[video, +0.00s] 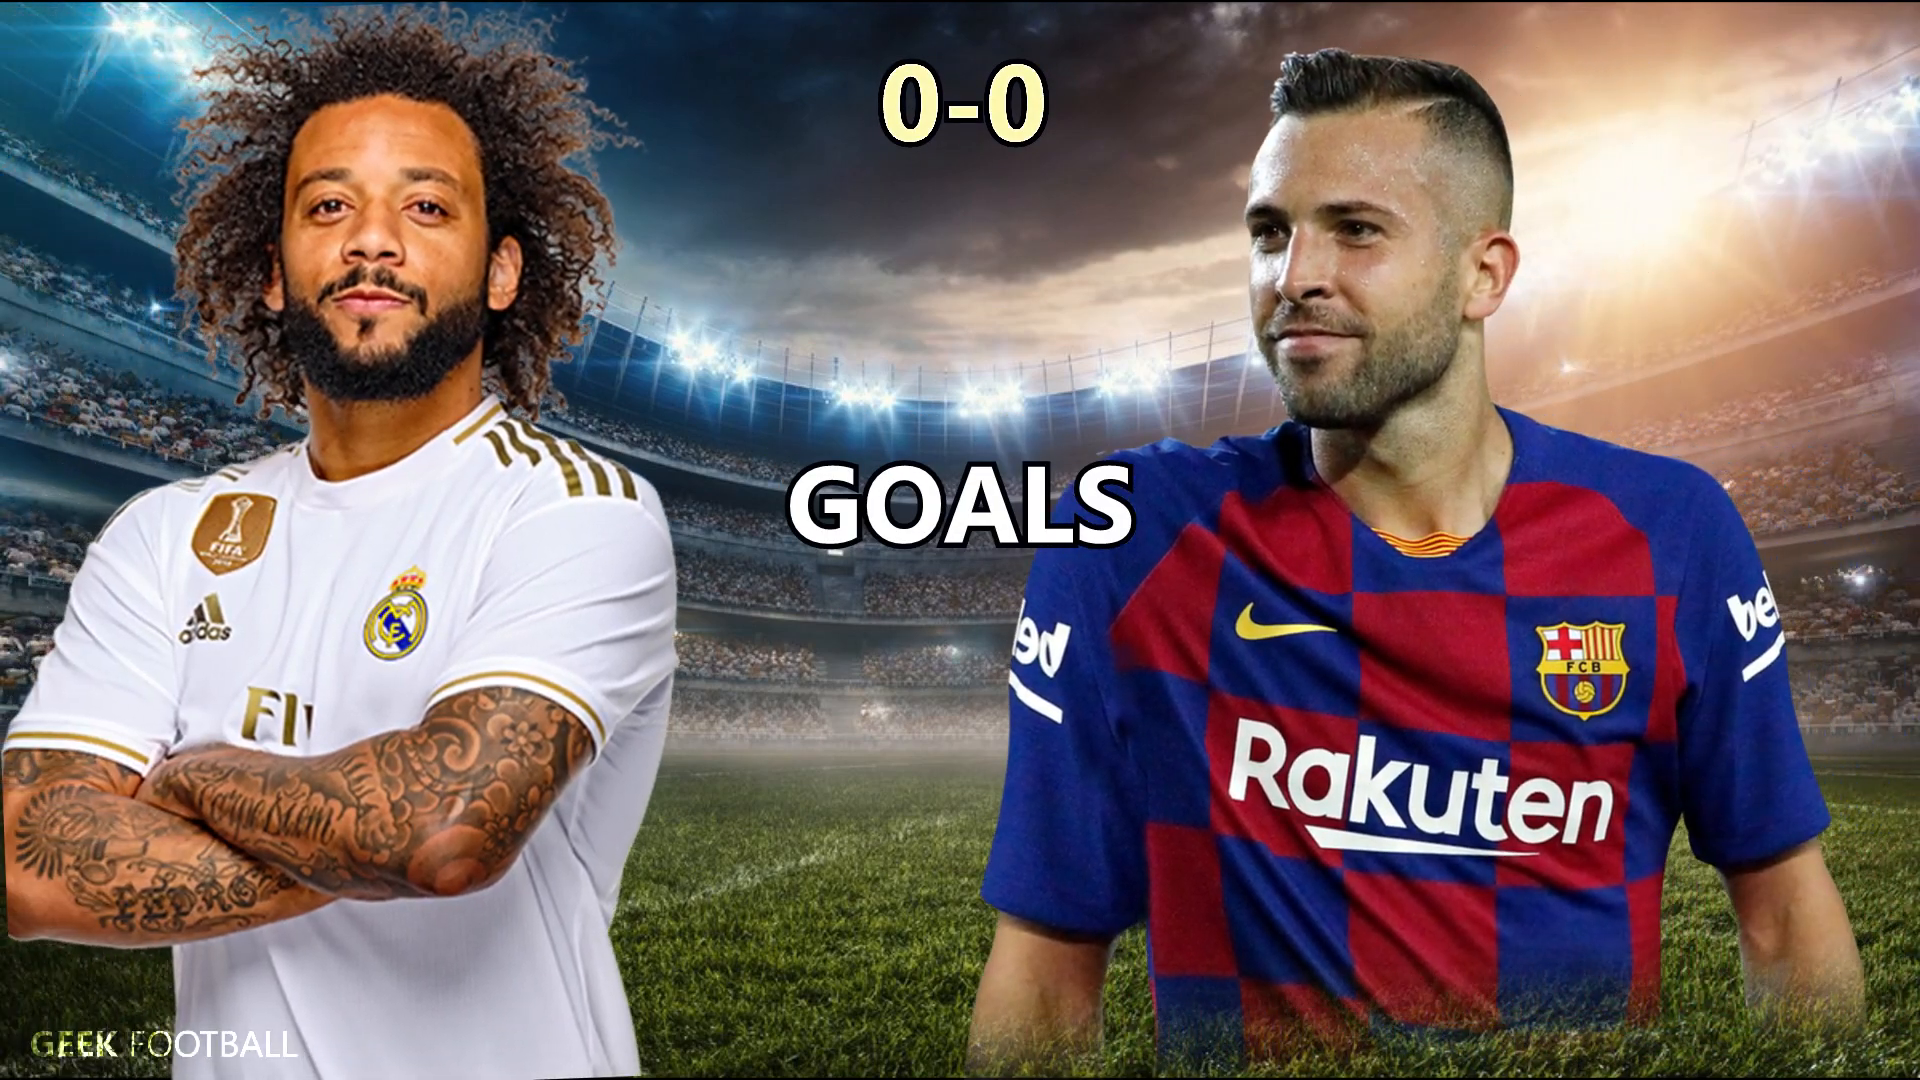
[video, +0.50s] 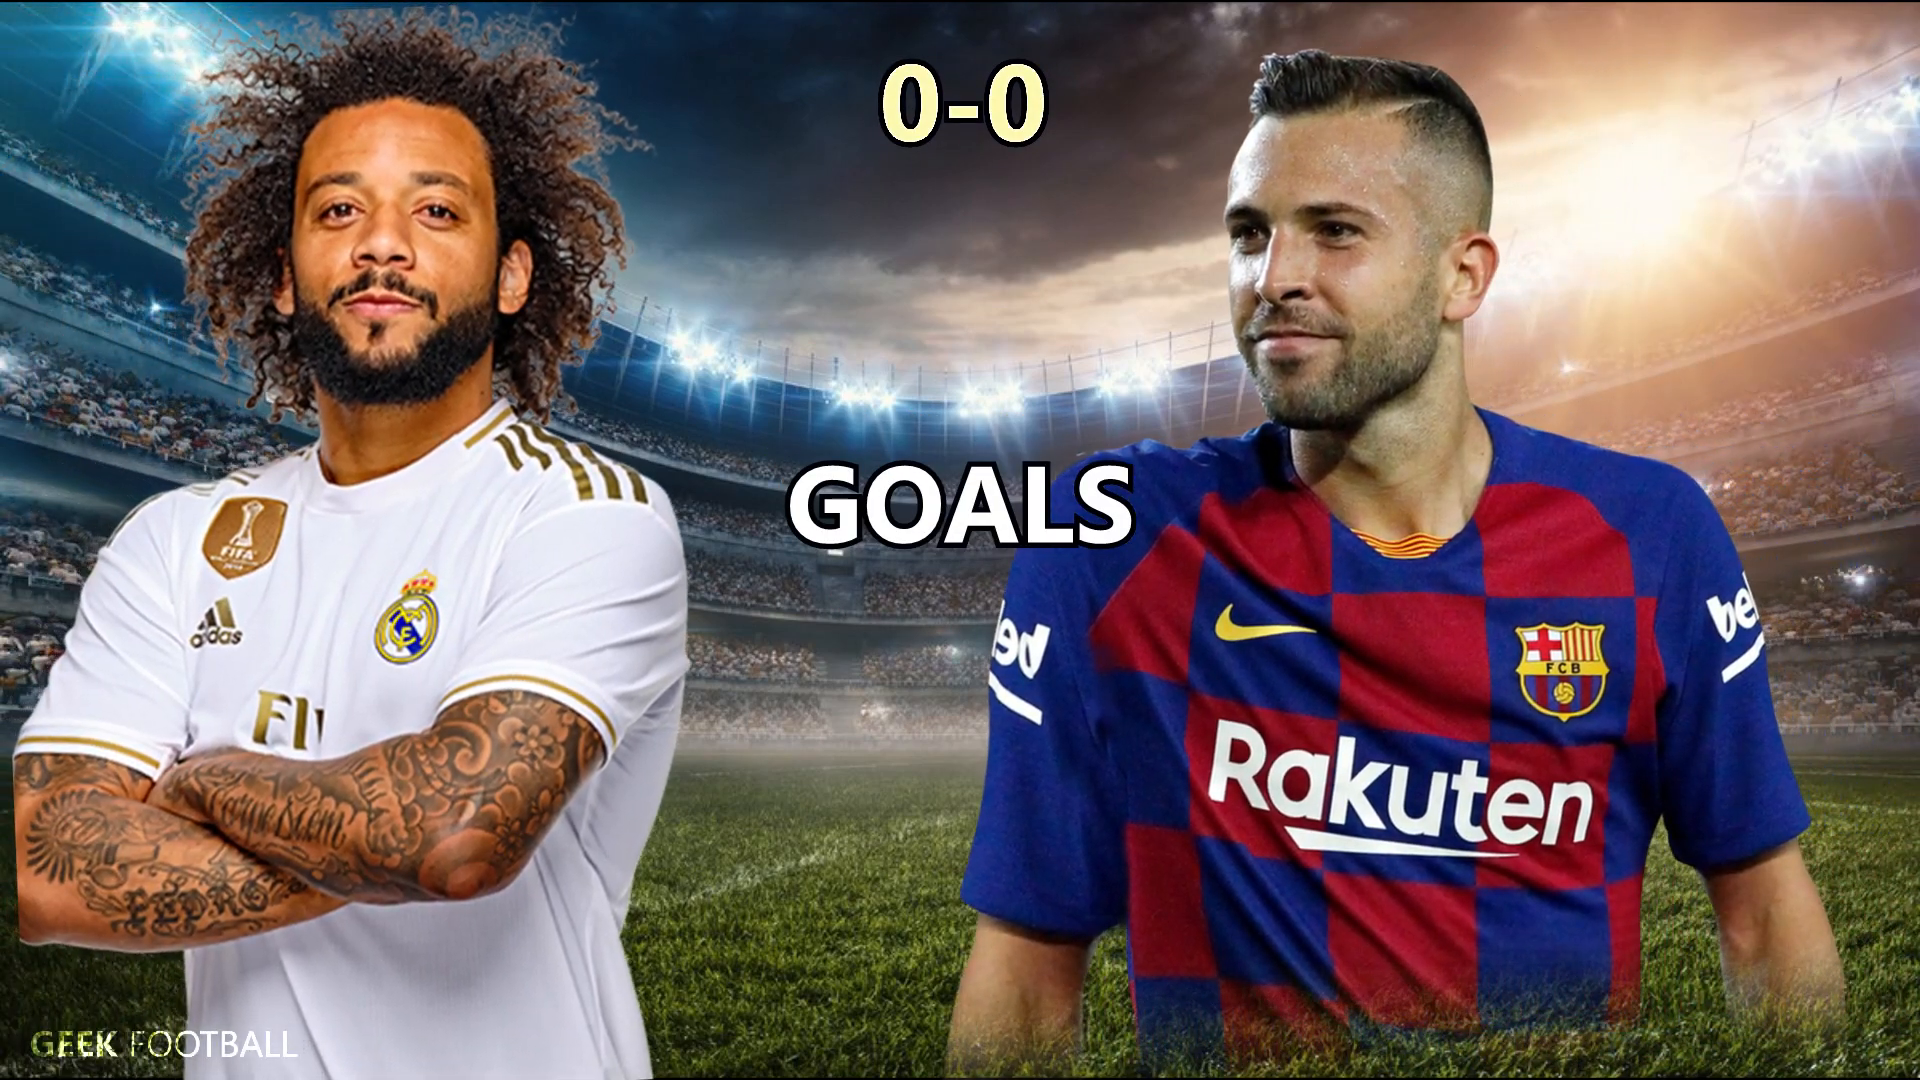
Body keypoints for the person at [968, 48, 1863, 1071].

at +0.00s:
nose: (1293, 277)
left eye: (1356, 231)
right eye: (1271, 234)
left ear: (1486, 273)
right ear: (1246, 256)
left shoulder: (1676, 537)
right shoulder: (1131, 540)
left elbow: (1786, 910)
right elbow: (1046, 961)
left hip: (1580, 1056)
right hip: (1251, 1054)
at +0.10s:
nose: (1289, 277)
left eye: (1352, 231)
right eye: (1267, 234)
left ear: (1482, 274)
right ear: (1242, 256)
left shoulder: (1671, 537)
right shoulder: (1126, 541)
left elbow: (1784, 915)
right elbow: (1042, 966)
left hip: (1575, 1054)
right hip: (1247, 1053)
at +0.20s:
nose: (1283, 278)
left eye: (1347, 231)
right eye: (1261, 235)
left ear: (1477, 275)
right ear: (1237, 256)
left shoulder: (1665, 536)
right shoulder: (1120, 541)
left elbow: (1777, 909)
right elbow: (1036, 966)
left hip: (1571, 1053)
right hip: (1241, 1054)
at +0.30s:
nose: (1278, 278)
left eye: (1341, 232)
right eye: (1256, 235)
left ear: (1472, 274)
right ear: (1232, 256)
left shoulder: (1660, 536)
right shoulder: (1117, 540)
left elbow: (1772, 909)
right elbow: (1032, 968)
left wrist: (1823, 1079)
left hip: (1564, 1052)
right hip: (1234, 1054)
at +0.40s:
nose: (1274, 278)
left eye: (1337, 232)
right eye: (1253, 235)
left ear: (1469, 274)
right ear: (1228, 256)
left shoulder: (1656, 536)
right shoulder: (1111, 545)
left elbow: (1767, 907)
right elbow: (1028, 968)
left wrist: (1824, 1079)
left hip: (1559, 1052)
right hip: (1233, 1052)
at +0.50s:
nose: (1272, 279)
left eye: (1336, 232)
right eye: (1251, 236)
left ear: (1466, 275)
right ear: (1226, 256)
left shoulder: (1655, 536)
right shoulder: (1109, 544)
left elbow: (1766, 913)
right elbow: (1026, 968)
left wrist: (1812, 1074)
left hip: (1557, 1051)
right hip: (1232, 1052)